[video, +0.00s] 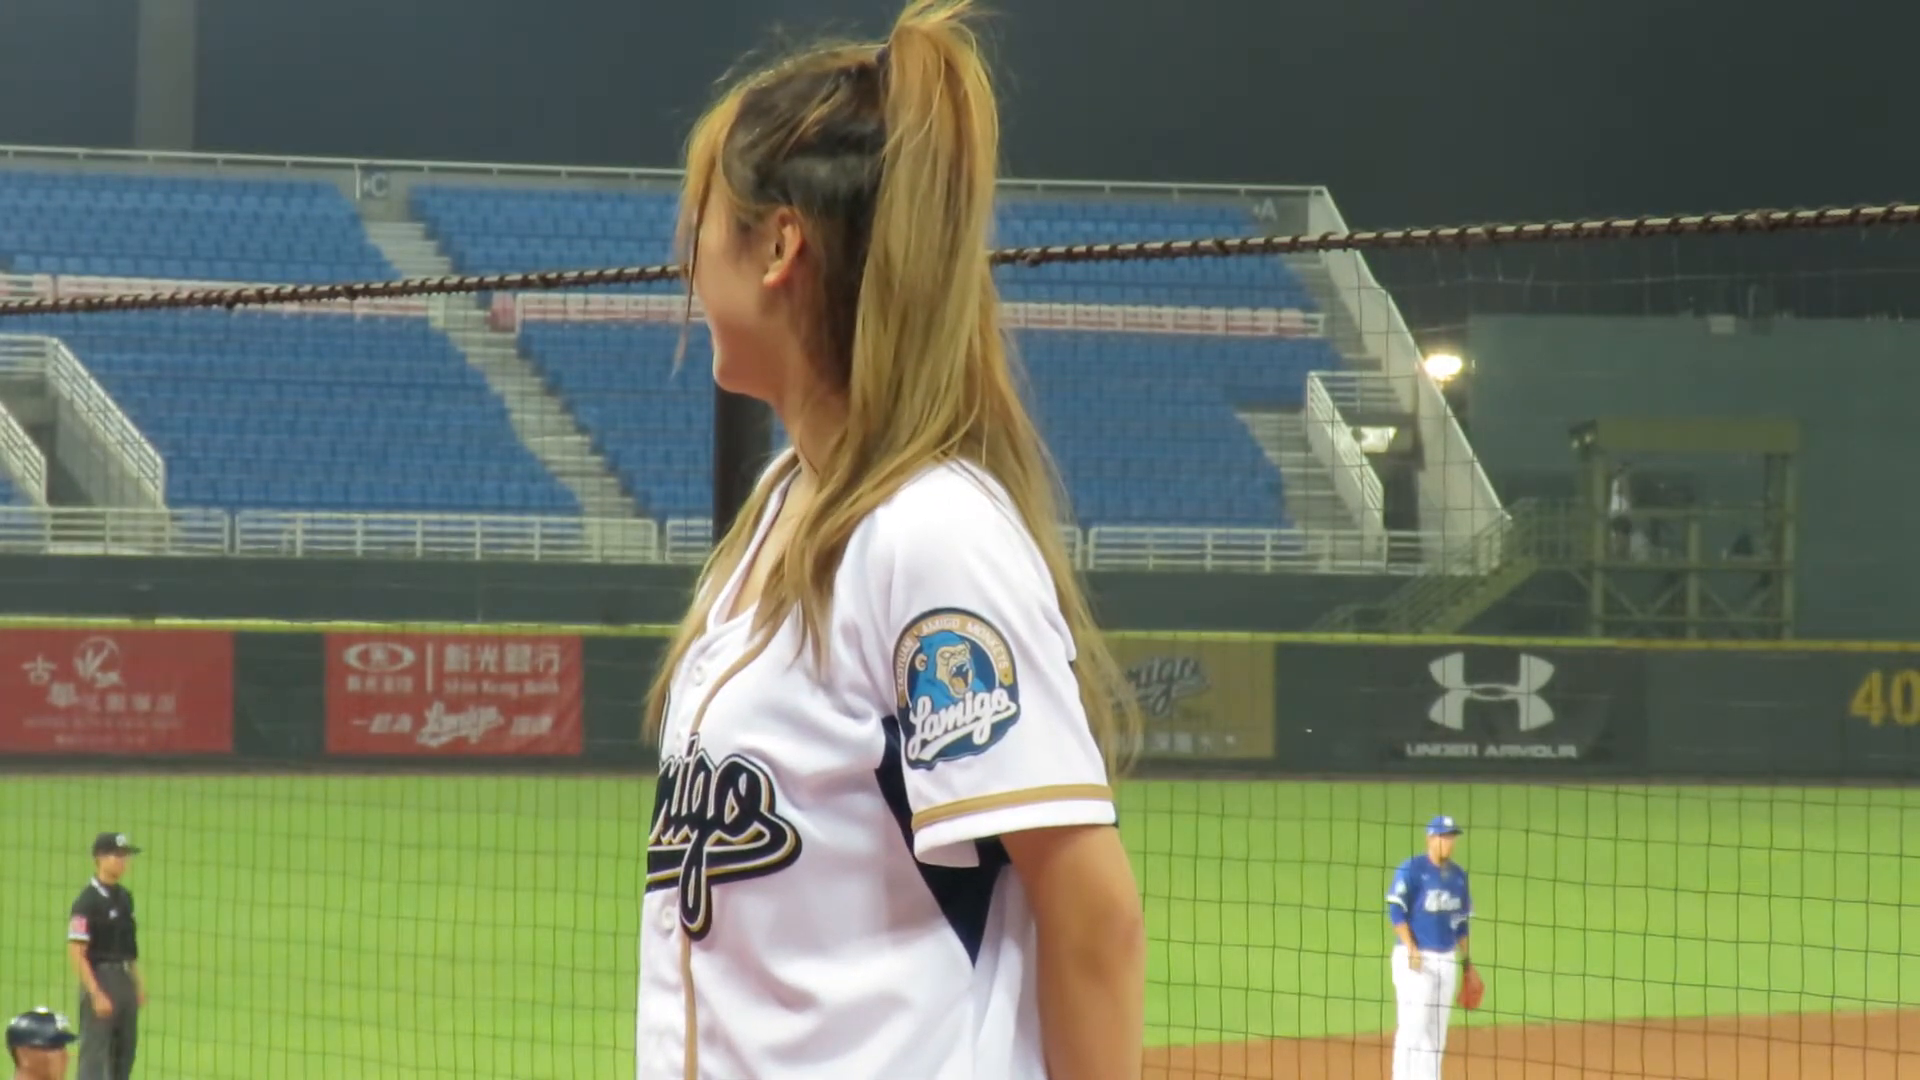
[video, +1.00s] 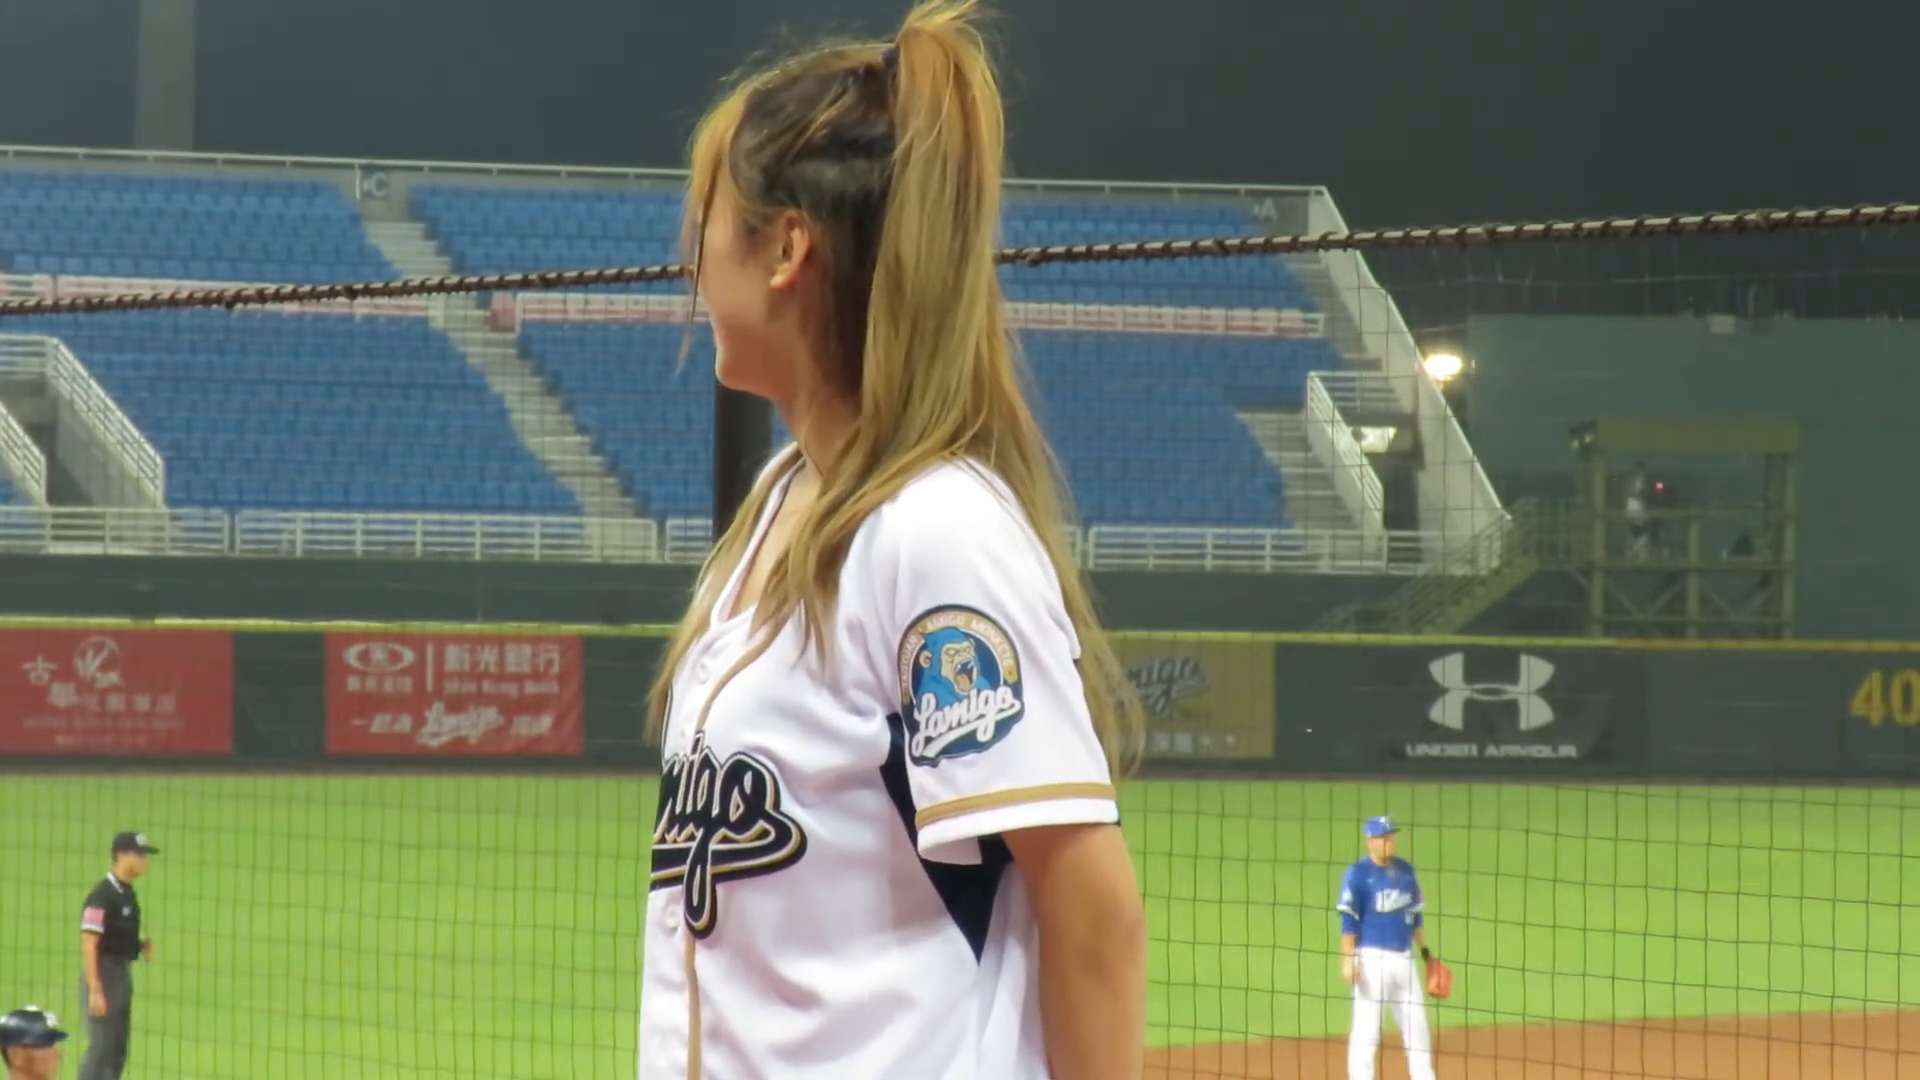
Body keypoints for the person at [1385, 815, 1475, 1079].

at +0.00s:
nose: (1448, 842)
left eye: (1451, 837)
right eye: (1442, 837)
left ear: (1454, 840)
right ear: (1430, 839)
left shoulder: (1458, 875)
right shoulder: (1412, 869)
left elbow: (1461, 924)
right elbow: (1395, 908)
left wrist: (1467, 965)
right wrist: (1411, 947)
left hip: (1447, 960)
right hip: (1415, 957)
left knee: (1436, 1032)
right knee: (1414, 1028)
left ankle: (1429, 1076)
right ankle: (1405, 1076)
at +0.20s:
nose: (1448, 842)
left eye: (1451, 837)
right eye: (1442, 836)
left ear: (1454, 840)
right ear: (1429, 838)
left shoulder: (1458, 877)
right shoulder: (1409, 867)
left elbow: (1461, 925)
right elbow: (1393, 907)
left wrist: (1468, 962)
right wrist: (1400, 947)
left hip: (1442, 960)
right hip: (1411, 956)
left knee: (1433, 1031)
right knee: (1403, 1026)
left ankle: (1429, 1076)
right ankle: (1390, 1075)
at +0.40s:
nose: (1438, 841)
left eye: (1440, 836)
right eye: (1432, 836)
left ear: (1443, 839)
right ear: (1419, 838)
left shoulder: (1448, 874)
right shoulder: (1400, 867)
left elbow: (1452, 922)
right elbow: (1388, 910)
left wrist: (1461, 959)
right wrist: (1388, 951)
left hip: (1436, 959)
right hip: (1406, 956)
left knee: (1430, 1032)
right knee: (1395, 1023)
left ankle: (1428, 1077)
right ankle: (1368, 1075)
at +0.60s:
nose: (1422, 840)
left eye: (1423, 835)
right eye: (1416, 835)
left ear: (1426, 838)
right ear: (1403, 838)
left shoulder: (1434, 873)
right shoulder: (1385, 869)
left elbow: (1439, 919)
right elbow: (1373, 910)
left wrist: (1444, 957)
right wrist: (1382, 951)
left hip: (1428, 959)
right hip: (1395, 956)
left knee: (1428, 1034)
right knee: (1382, 1030)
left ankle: (1427, 1077)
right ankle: (1365, 1076)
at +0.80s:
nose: (1403, 840)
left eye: (1405, 835)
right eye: (1396, 835)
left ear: (1410, 838)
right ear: (1383, 839)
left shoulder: (1418, 872)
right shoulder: (1368, 871)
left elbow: (1426, 921)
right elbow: (1360, 917)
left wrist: (1434, 959)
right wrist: (1367, 955)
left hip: (1418, 960)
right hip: (1383, 959)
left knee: (1424, 1035)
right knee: (1372, 1033)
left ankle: (1425, 1078)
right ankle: (1364, 1076)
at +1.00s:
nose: (1386, 843)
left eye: (1389, 837)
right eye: (1380, 838)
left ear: (1394, 839)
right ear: (1369, 841)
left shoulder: (1405, 871)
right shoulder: (1357, 874)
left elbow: (1415, 920)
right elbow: (1348, 920)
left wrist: (1427, 956)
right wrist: (1348, 958)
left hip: (1403, 960)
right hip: (1370, 959)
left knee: (1417, 1031)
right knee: (1366, 1033)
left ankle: (1424, 1076)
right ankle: (1361, 1076)